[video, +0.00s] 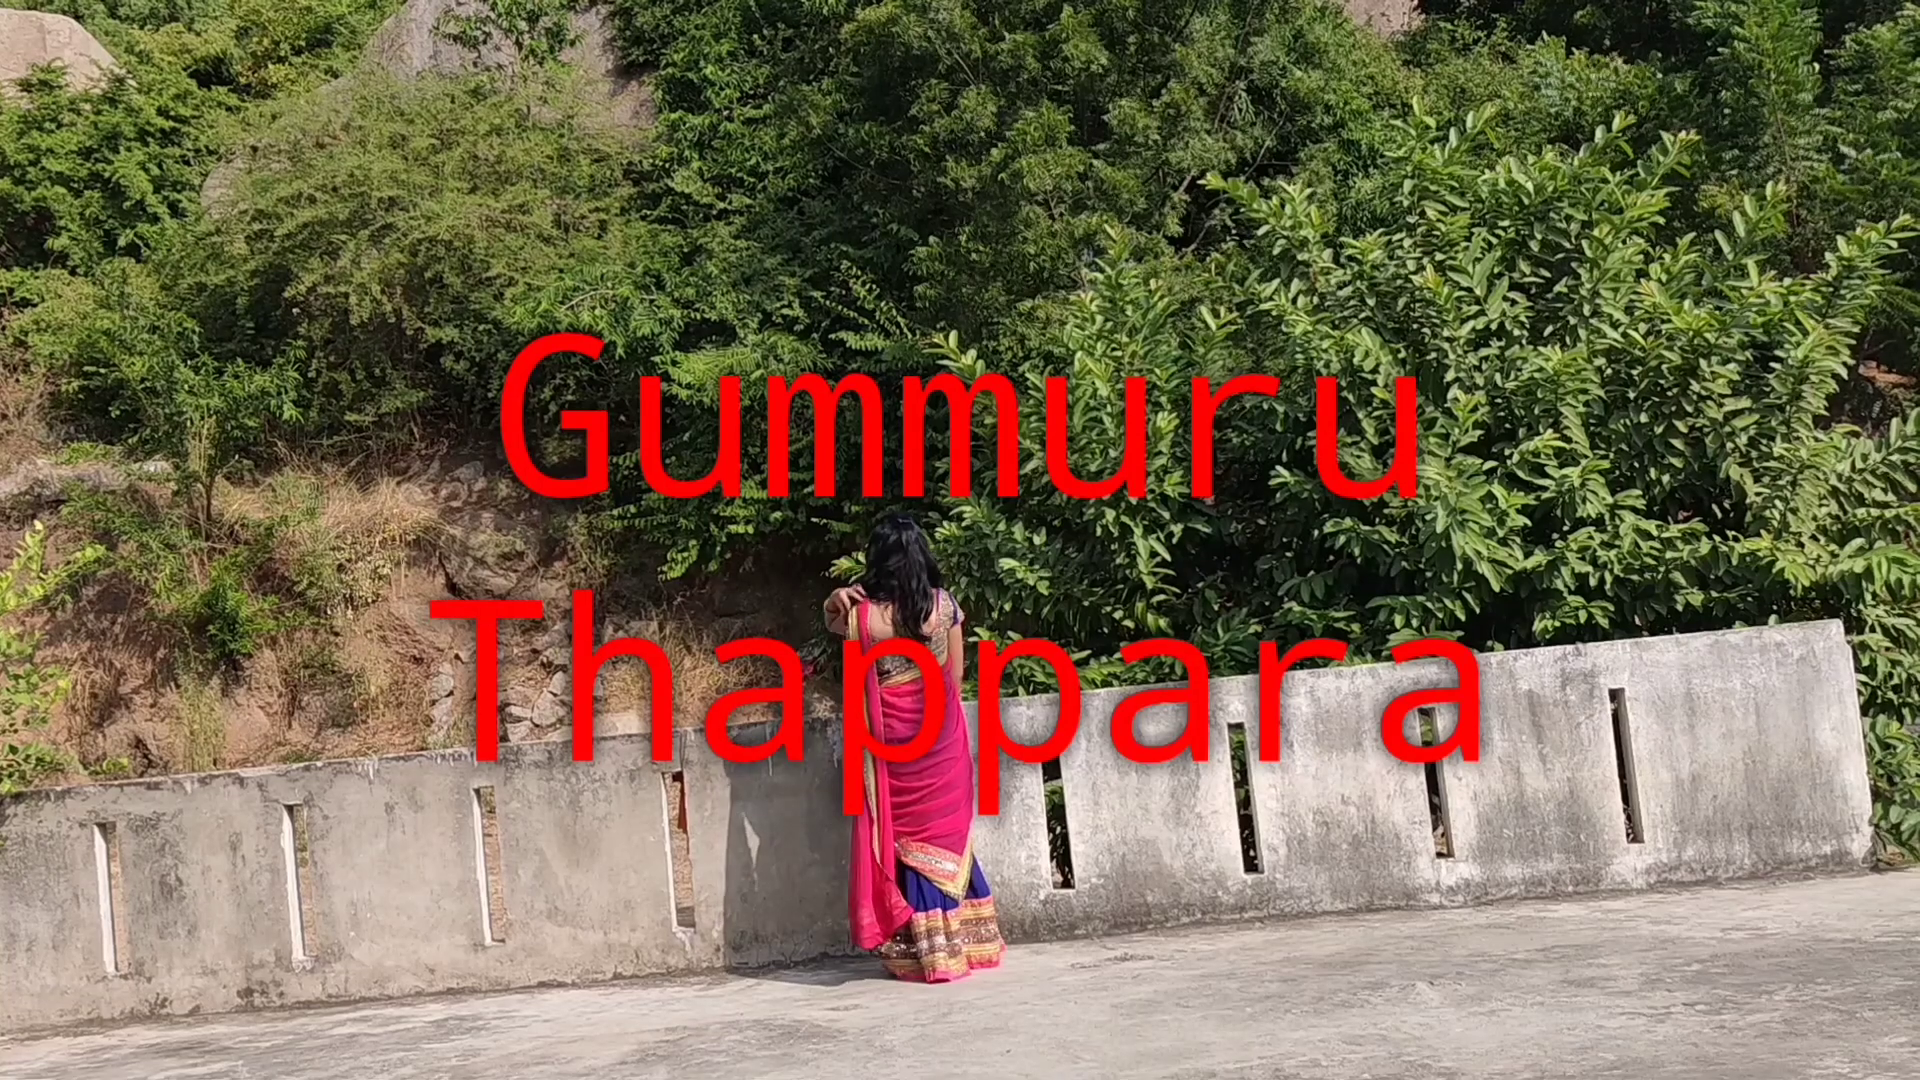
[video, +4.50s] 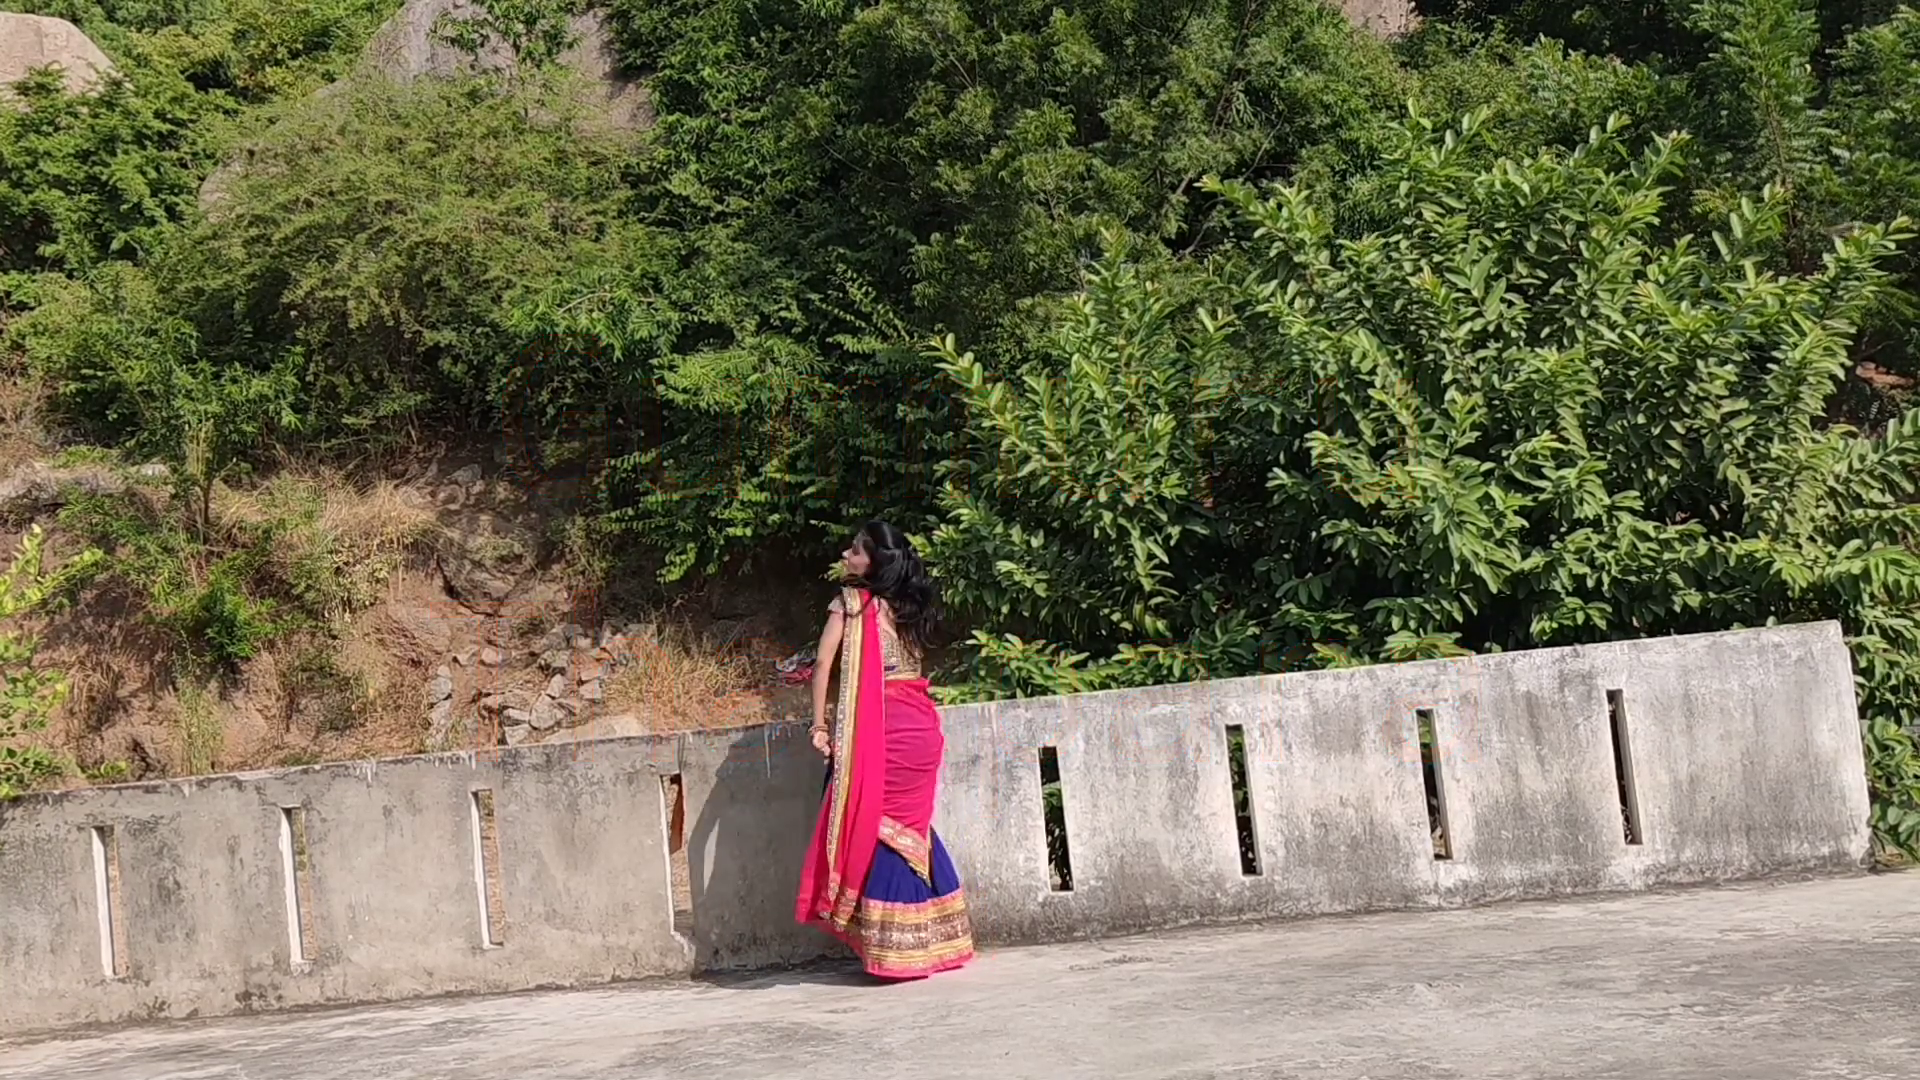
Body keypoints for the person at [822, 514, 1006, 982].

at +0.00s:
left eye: (881, 555)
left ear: (877, 561)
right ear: (924, 557)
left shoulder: (864, 616)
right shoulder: (945, 606)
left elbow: (854, 672)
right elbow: (955, 674)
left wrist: (838, 605)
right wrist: (947, 719)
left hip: (891, 728)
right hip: (941, 726)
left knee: (902, 830)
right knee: (946, 828)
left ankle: (922, 947)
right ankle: (960, 940)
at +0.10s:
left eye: (880, 554)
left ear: (875, 561)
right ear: (922, 556)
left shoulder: (864, 613)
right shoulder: (944, 605)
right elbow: (954, 673)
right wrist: (945, 717)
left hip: (889, 730)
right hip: (939, 727)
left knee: (897, 831)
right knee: (945, 828)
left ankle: (915, 947)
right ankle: (959, 940)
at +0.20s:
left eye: (874, 552)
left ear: (871, 559)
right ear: (917, 556)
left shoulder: (861, 604)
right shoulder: (939, 602)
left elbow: (814, 597)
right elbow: (951, 671)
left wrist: (834, 586)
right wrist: (941, 712)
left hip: (886, 723)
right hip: (936, 721)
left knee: (894, 828)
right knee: (944, 825)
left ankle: (912, 946)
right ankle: (956, 939)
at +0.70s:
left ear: (856, 563)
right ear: (904, 562)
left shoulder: (839, 616)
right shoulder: (923, 609)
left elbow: (808, 657)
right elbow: (931, 670)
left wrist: (813, 609)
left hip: (871, 734)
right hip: (921, 730)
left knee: (884, 833)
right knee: (935, 829)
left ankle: (907, 951)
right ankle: (951, 942)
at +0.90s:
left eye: (849, 557)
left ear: (848, 562)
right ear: (895, 559)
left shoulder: (833, 615)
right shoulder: (919, 606)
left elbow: (836, 688)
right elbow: (930, 672)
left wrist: (856, 729)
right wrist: (926, 724)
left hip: (868, 732)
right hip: (917, 726)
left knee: (881, 833)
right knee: (928, 827)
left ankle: (906, 951)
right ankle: (948, 942)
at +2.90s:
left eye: (848, 556)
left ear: (846, 562)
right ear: (892, 558)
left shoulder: (829, 616)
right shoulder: (919, 607)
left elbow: (832, 687)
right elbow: (934, 674)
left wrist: (845, 740)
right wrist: (931, 726)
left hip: (867, 739)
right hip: (919, 732)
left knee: (878, 837)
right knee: (930, 831)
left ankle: (893, 953)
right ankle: (945, 945)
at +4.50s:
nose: (846, 555)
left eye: (855, 551)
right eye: (850, 547)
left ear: (875, 563)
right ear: (886, 564)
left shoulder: (849, 600)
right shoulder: (904, 602)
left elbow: (824, 664)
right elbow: (910, 668)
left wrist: (819, 723)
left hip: (881, 729)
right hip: (924, 726)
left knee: (877, 827)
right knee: (915, 827)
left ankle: (891, 947)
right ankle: (934, 941)